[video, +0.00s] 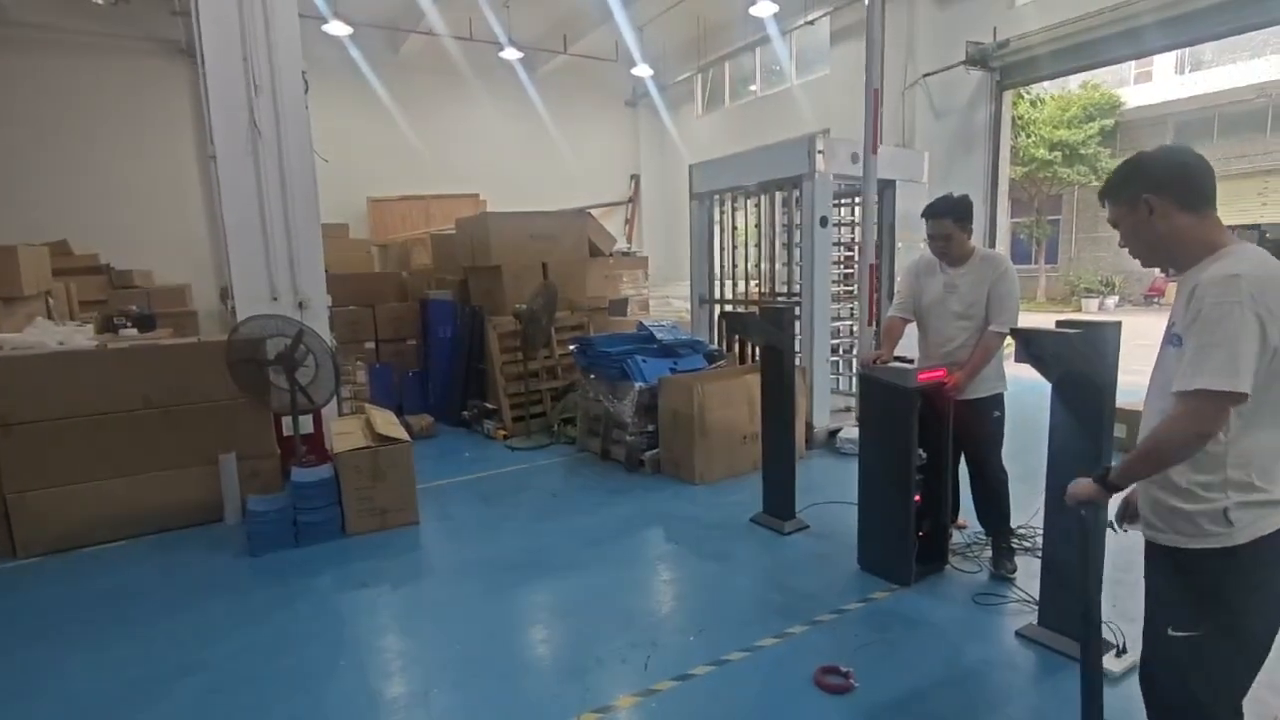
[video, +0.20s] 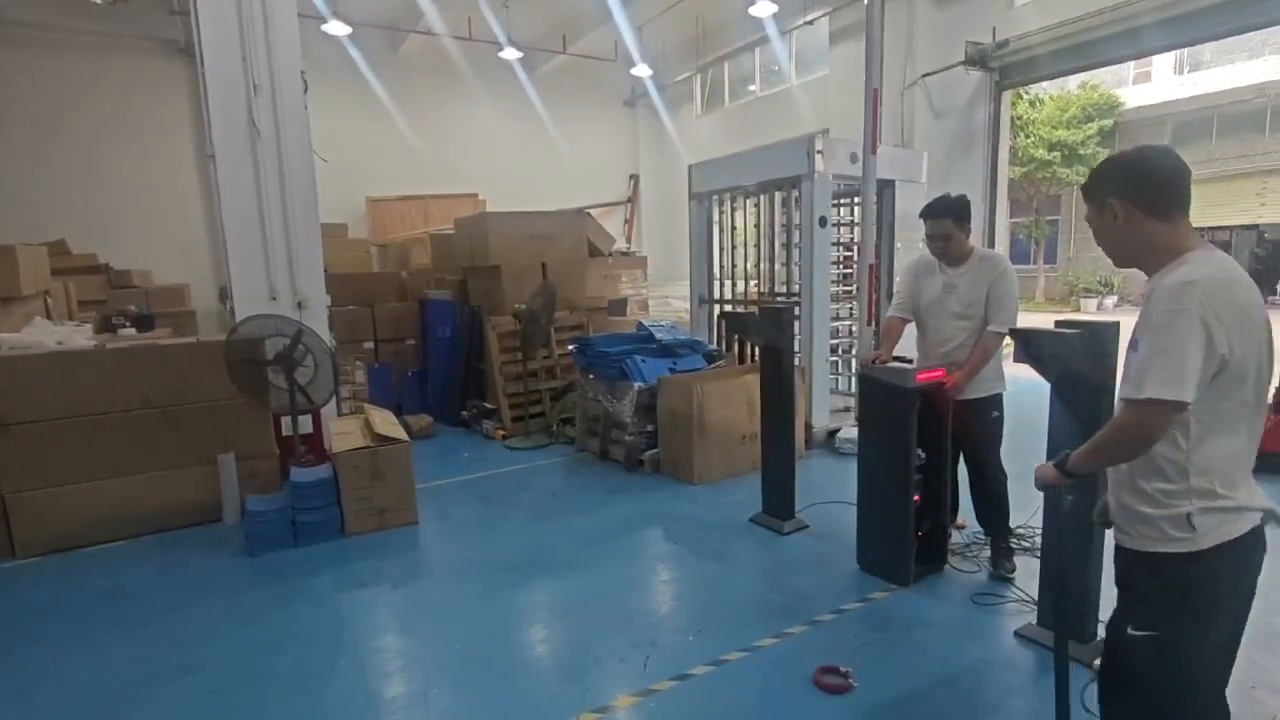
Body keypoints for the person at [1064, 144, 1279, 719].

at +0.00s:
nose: (1124, 246)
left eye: (1120, 227)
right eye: (1117, 231)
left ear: (1153, 208)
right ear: (1161, 208)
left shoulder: (1225, 285)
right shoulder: (1225, 275)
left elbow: (1199, 419)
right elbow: (1220, 423)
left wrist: (1108, 481)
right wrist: (1154, 488)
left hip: (1215, 551)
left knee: (1185, 702)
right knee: (1184, 697)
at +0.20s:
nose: (1093, 236)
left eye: (1093, 220)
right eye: (1090, 222)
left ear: (1122, 213)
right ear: (1172, 205)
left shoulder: (1181, 292)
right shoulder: (1224, 277)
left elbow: (1145, 420)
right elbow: (1209, 423)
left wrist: (1067, 466)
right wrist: (1124, 483)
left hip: (1179, 552)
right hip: (1217, 542)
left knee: (1140, 701)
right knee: (1191, 701)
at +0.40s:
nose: (1042, 241)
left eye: (1043, 223)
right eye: (1040, 224)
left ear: (1070, 218)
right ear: (1122, 213)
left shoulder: (1097, 306)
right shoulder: (1173, 289)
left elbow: (1045, 434)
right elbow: (1155, 409)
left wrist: (1018, 464)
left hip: (1112, 554)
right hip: (1174, 540)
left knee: (1082, 699)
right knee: (1162, 691)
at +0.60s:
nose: (979, 235)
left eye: (977, 221)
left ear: (991, 218)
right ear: (1072, 206)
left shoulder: (988, 304)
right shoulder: (1131, 291)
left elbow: (956, 417)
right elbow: (1148, 423)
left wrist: (1000, 452)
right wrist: (1095, 461)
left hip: (1032, 560)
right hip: (1114, 551)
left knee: (1004, 705)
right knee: (1066, 689)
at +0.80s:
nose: (1025, 237)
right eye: (1028, 226)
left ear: (954, 220)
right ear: (1023, 224)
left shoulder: (903, 304)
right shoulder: (1070, 304)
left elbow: (905, 405)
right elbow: (1118, 426)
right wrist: (1091, 509)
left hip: (949, 541)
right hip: (1035, 540)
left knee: (970, 700)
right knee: (959, 696)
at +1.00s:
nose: (995, 271)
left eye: (997, 260)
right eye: (997, 258)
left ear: (927, 237)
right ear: (984, 249)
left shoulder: (855, 298)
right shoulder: (997, 318)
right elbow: (1029, 439)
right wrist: (1030, 542)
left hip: (860, 528)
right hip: (941, 534)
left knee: (904, 685)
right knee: (888, 684)